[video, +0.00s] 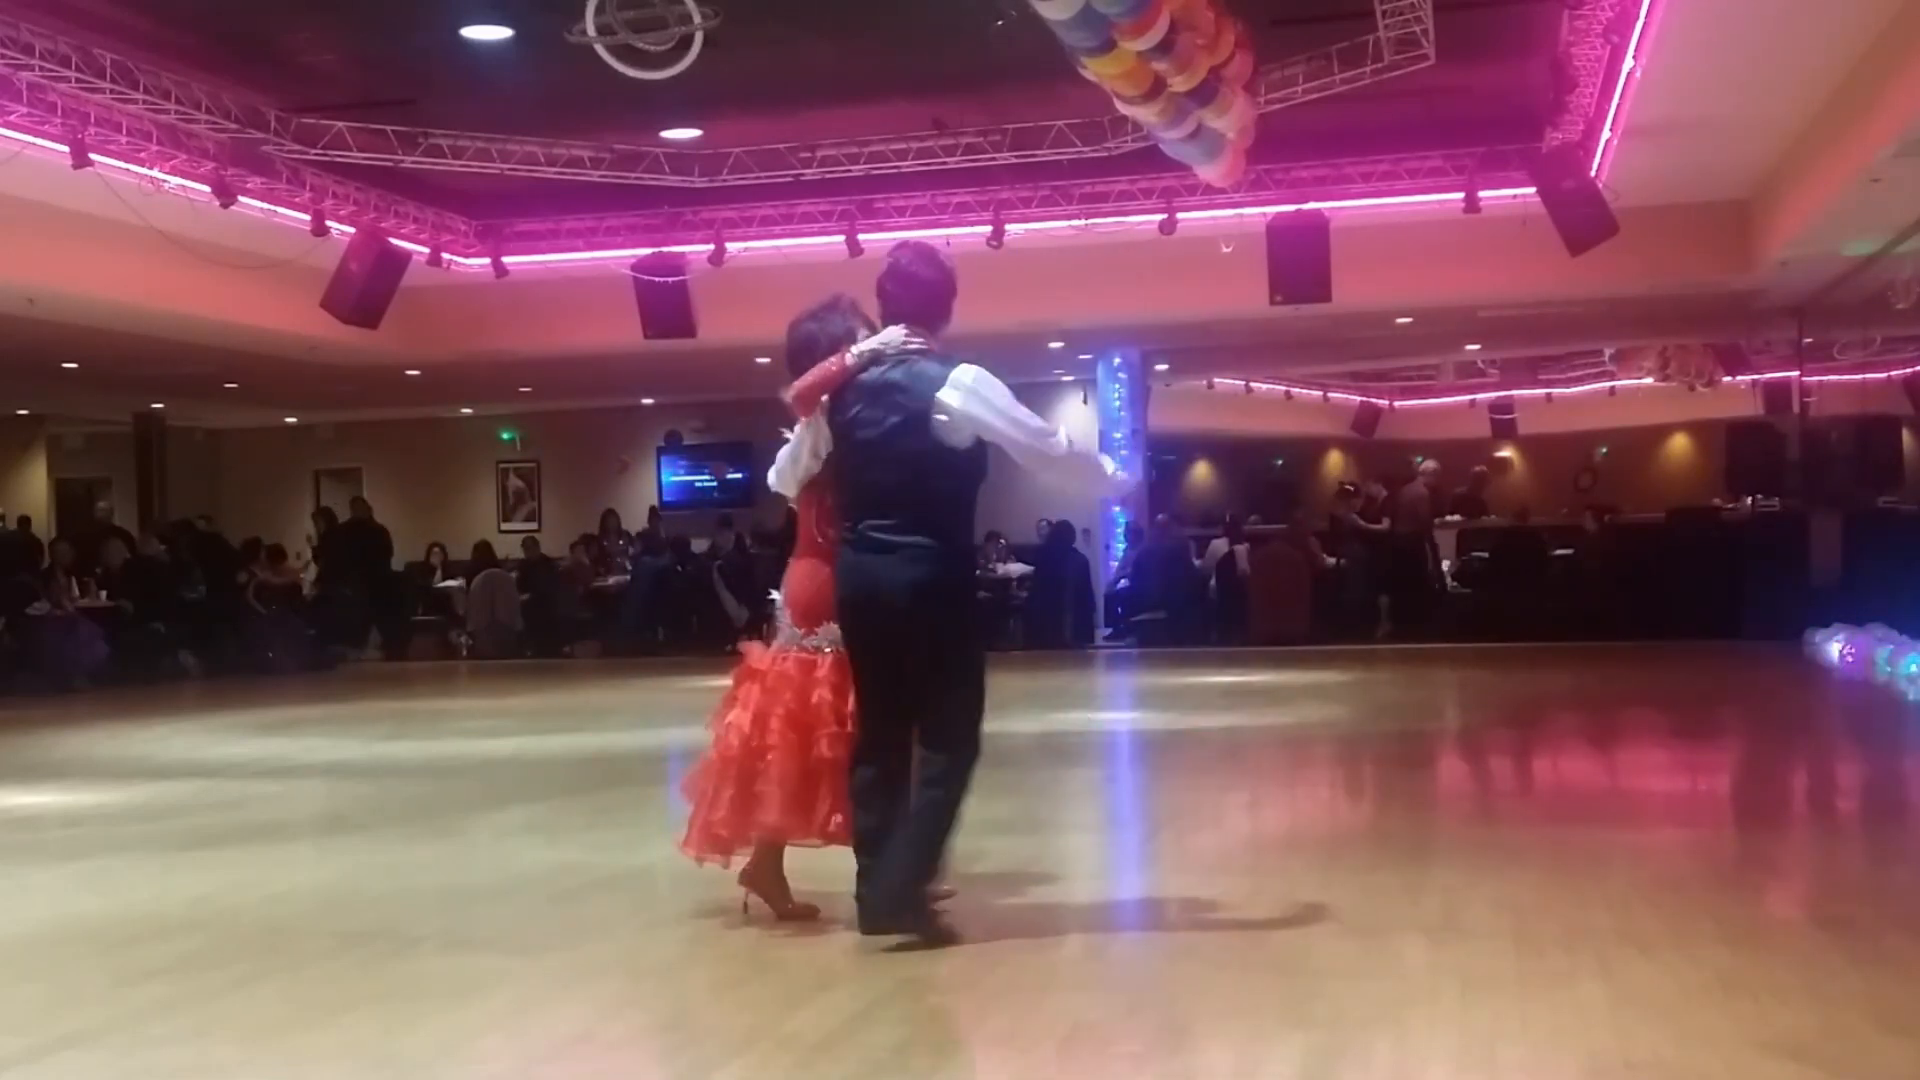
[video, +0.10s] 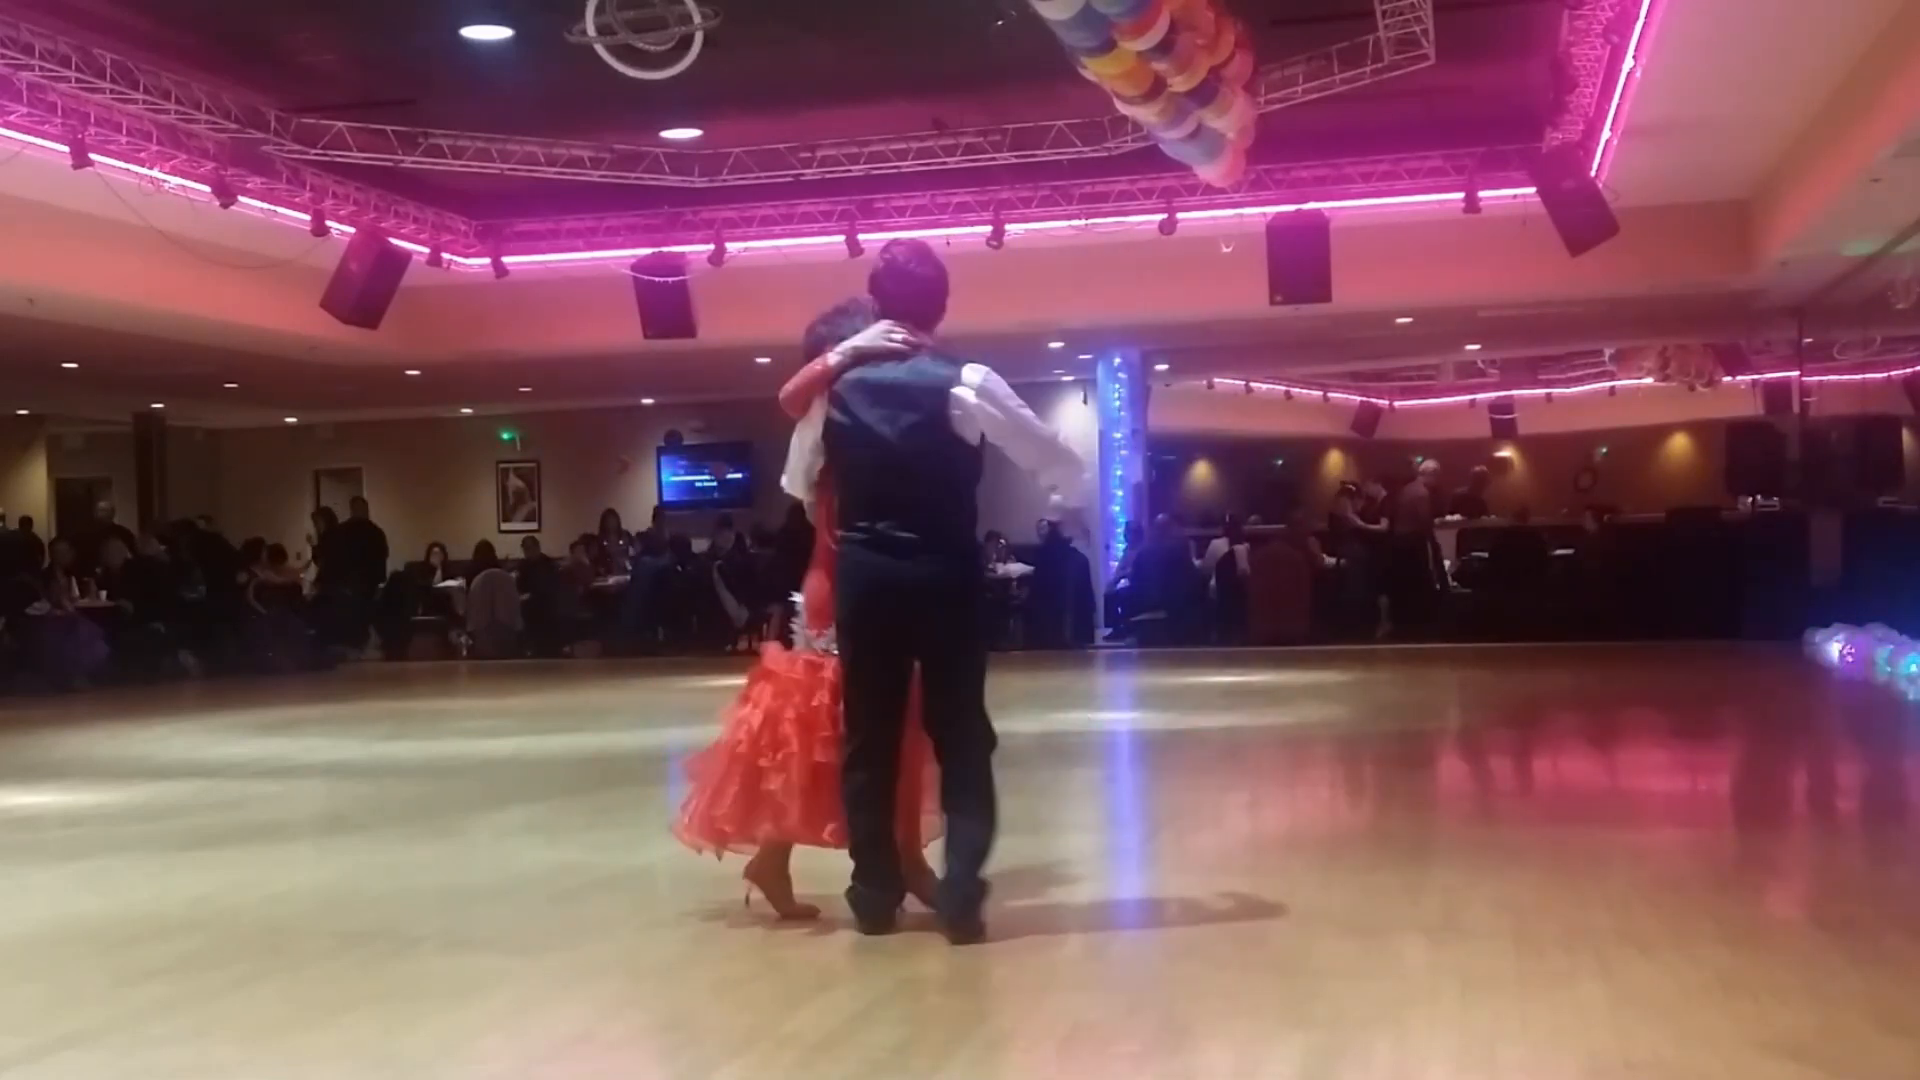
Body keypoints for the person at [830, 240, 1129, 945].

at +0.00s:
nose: (944, 316)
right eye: (946, 305)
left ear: (881, 305)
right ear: (947, 309)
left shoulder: (842, 389)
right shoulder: (962, 384)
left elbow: (785, 479)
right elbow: (1047, 446)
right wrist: (1111, 475)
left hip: (860, 571)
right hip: (932, 574)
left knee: (880, 730)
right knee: (952, 735)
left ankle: (880, 895)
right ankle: (901, 894)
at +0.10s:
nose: (930, 314)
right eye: (937, 302)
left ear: (875, 305)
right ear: (941, 308)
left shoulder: (837, 383)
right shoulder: (969, 383)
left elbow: (799, 481)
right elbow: (1052, 456)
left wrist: (844, 528)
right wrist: (1068, 500)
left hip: (866, 577)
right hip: (946, 578)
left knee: (869, 731)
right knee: (961, 728)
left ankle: (873, 897)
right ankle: (962, 895)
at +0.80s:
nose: (874, 313)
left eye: (877, 301)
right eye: (877, 300)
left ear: (894, 304)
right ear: (952, 302)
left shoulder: (893, 372)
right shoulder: (990, 372)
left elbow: (853, 470)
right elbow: (1005, 473)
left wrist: (793, 539)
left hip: (908, 576)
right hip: (976, 572)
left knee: (889, 734)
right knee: (962, 737)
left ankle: (918, 910)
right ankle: (998, 904)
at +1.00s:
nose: (863, 309)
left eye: (868, 296)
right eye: (866, 295)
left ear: (890, 303)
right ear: (938, 300)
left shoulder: (897, 375)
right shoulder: (973, 371)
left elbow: (839, 465)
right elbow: (1033, 458)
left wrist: (759, 513)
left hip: (917, 588)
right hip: (968, 579)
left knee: (909, 750)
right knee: (952, 742)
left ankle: (925, 919)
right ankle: (1011, 892)